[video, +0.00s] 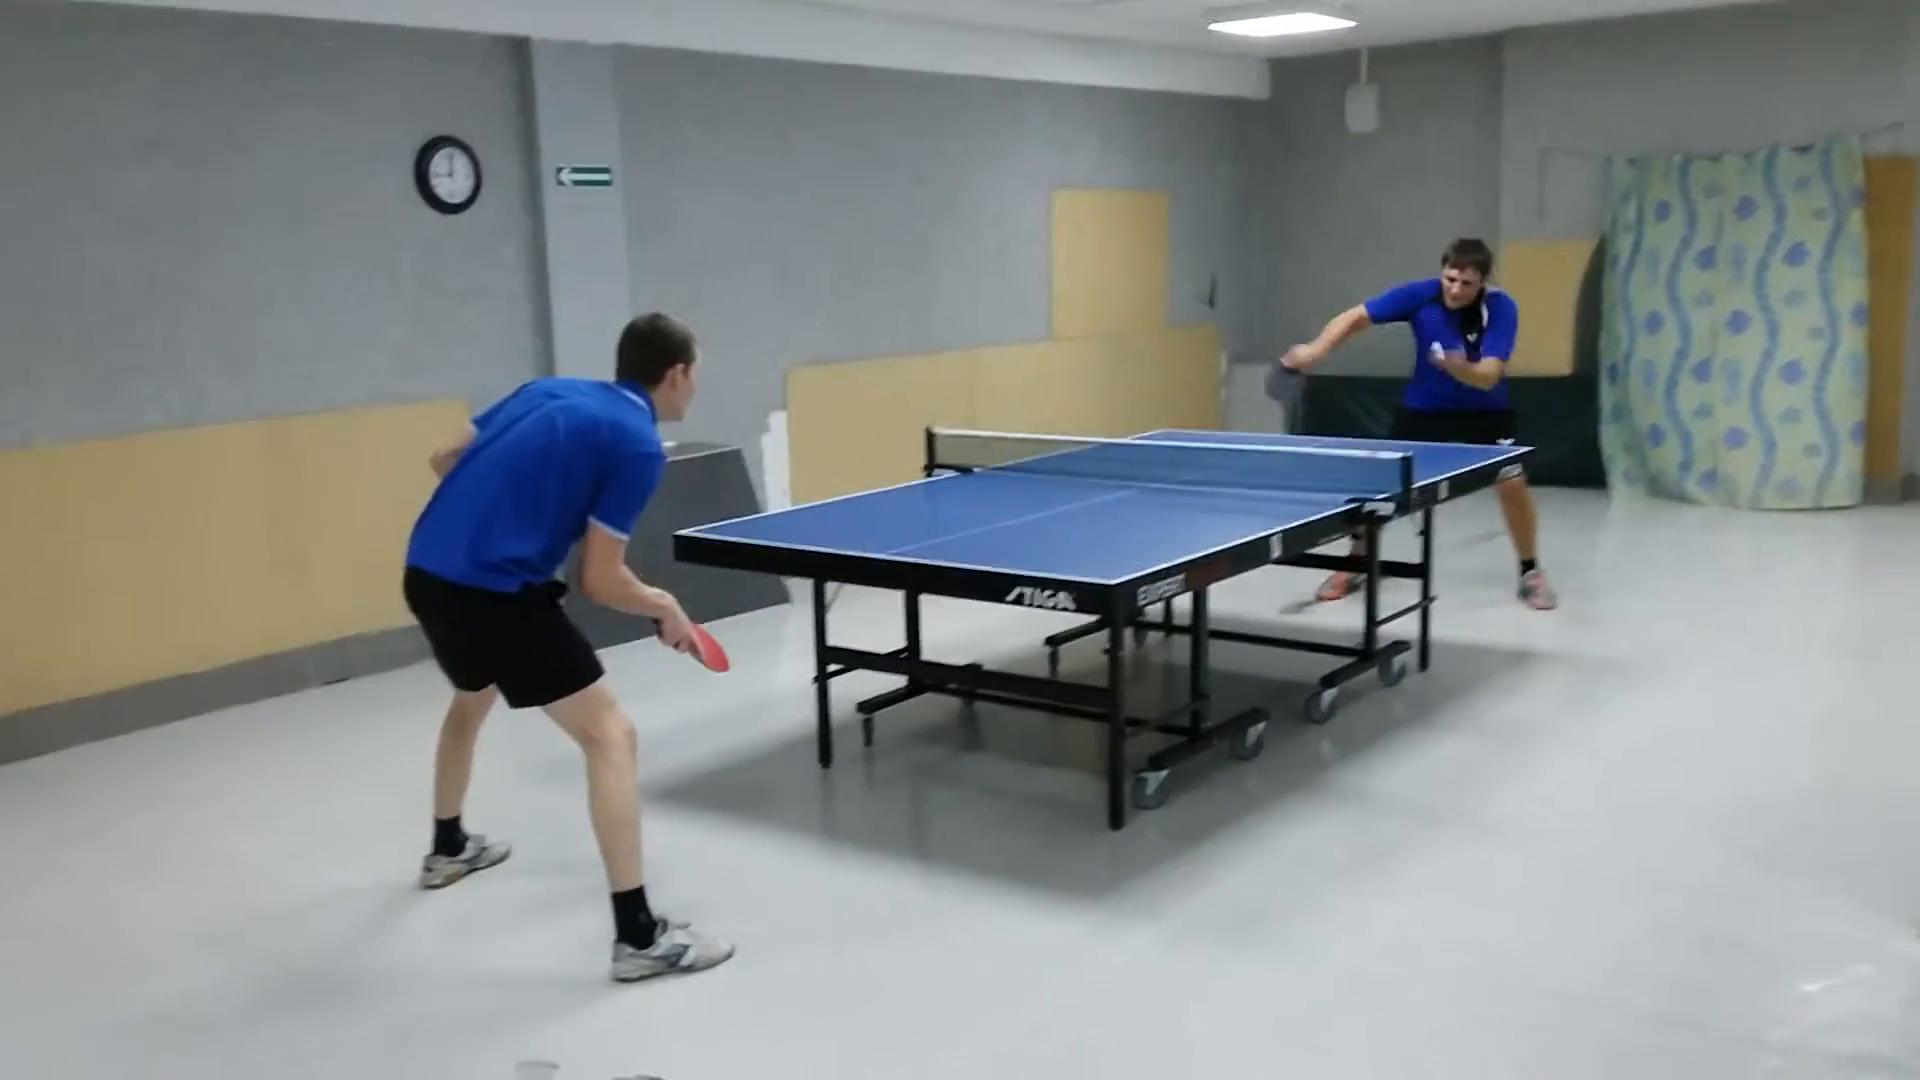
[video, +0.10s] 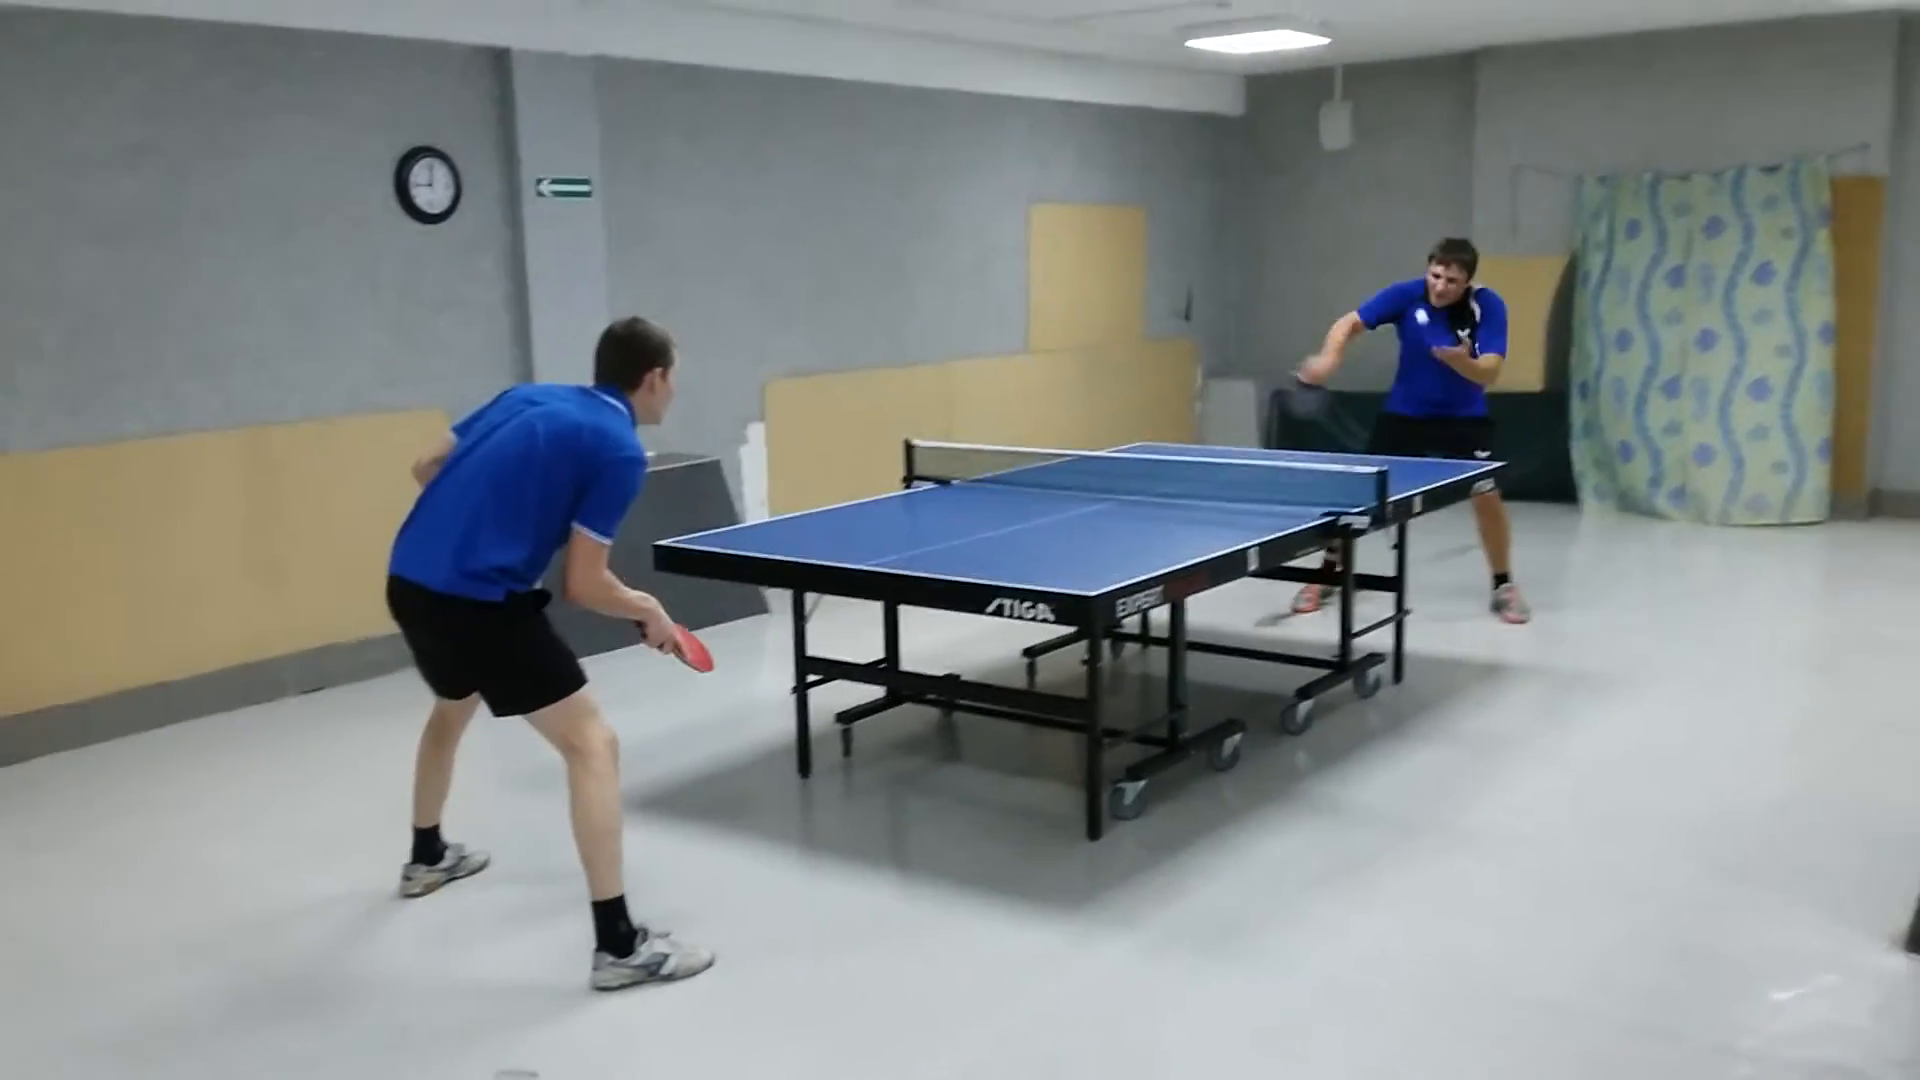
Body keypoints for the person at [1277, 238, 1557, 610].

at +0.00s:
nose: (1456, 290)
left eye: (1466, 283)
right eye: (1450, 280)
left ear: (1482, 282)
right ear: (1441, 273)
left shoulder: (1499, 308)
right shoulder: (1421, 296)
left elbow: (1491, 375)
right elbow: (1357, 317)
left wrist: (1459, 369)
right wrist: (1314, 350)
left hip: (1485, 416)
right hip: (1424, 413)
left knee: (1512, 479)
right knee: (1378, 485)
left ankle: (1530, 572)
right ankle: (1356, 565)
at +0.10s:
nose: (1440, 286)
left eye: (1451, 281)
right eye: (1436, 276)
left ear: (1468, 282)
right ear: (1428, 270)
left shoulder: (1486, 305)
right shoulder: (1407, 295)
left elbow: (1490, 373)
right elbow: (1347, 324)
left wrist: (1461, 363)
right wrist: (1328, 359)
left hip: (1463, 422)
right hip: (1404, 418)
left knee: (1486, 492)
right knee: (1359, 493)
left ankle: (1503, 586)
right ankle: (1327, 576)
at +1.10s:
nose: (1315, 240)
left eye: (1323, 231)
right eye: (1311, 230)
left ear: (1342, 234)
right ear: (1306, 235)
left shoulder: (1351, 280)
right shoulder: (1319, 278)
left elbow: (1366, 348)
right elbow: (1316, 337)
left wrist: (1334, 392)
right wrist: (1284, 357)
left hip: (1347, 399)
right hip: (1319, 394)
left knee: (1337, 487)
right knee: (1314, 485)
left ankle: (1362, 580)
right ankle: (1326, 565)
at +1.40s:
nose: (1321, 252)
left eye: (1331, 244)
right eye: (1317, 243)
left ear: (1349, 249)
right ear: (1310, 247)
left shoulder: (1377, 280)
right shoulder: (1306, 288)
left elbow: (1416, 324)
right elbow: (1280, 329)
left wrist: (1398, 383)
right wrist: (1277, 368)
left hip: (1387, 387)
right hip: (1339, 390)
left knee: (1402, 462)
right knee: (1314, 464)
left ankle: (1442, 551)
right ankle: (1311, 542)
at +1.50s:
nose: (1339, 276)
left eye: (1348, 268)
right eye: (1335, 266)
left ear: (1366, 271)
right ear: (1327, 269)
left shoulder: (1396, 302)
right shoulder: (1318, 312)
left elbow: (1437, 345)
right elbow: (1289, 357)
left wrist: (1428, 401)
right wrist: (1301, 395)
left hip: (1401, 415)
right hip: (1346, 416)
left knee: (1427, 484)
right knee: (1318, 480)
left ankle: (1474, 569)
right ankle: (1313, 554)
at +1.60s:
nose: (1353, 300)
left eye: (1362, 292)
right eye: (1349, 292)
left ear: (1381, 295)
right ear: (1343, 294)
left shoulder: (1419, 320)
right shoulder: (1337, 333)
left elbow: (1457, 364)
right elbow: (1304, 384)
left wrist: (1458, 418)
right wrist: (1324, 412)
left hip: (1424, 422)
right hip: (1369, 423)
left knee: (1448, 488)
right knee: (1317, 477)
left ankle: (1484, 574)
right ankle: (1313, 541)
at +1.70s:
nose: (1364, 327)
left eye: (1373, 318)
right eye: (1359, 317)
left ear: (1392, 320)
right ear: (1353, 318)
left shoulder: (1428, 337)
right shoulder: (1346, 353)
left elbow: (1474, 372)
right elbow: (1313, 404)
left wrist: (1489, 427)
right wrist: (1338, 418)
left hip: (1439, 436)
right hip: (1384, 436)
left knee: (1460, 497)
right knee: (1329, 482)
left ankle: (1493, 579)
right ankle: (1323, 565)